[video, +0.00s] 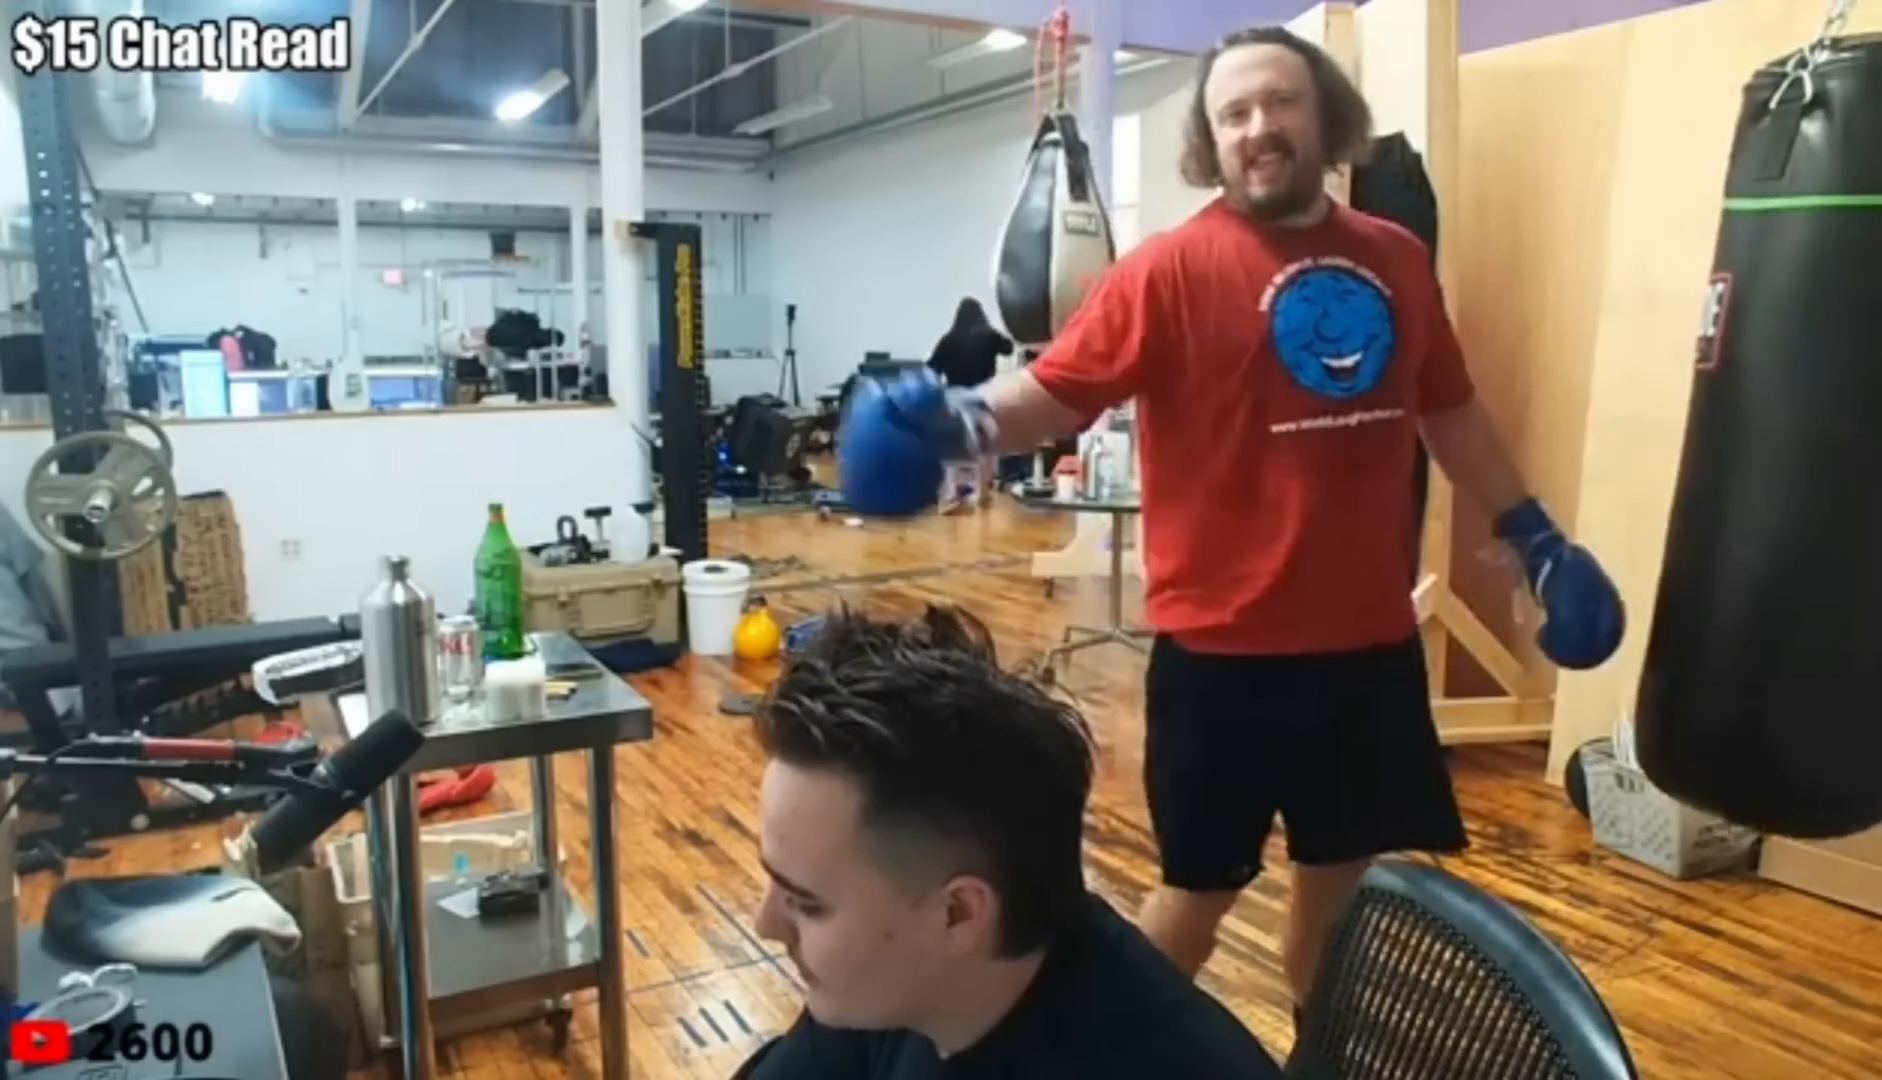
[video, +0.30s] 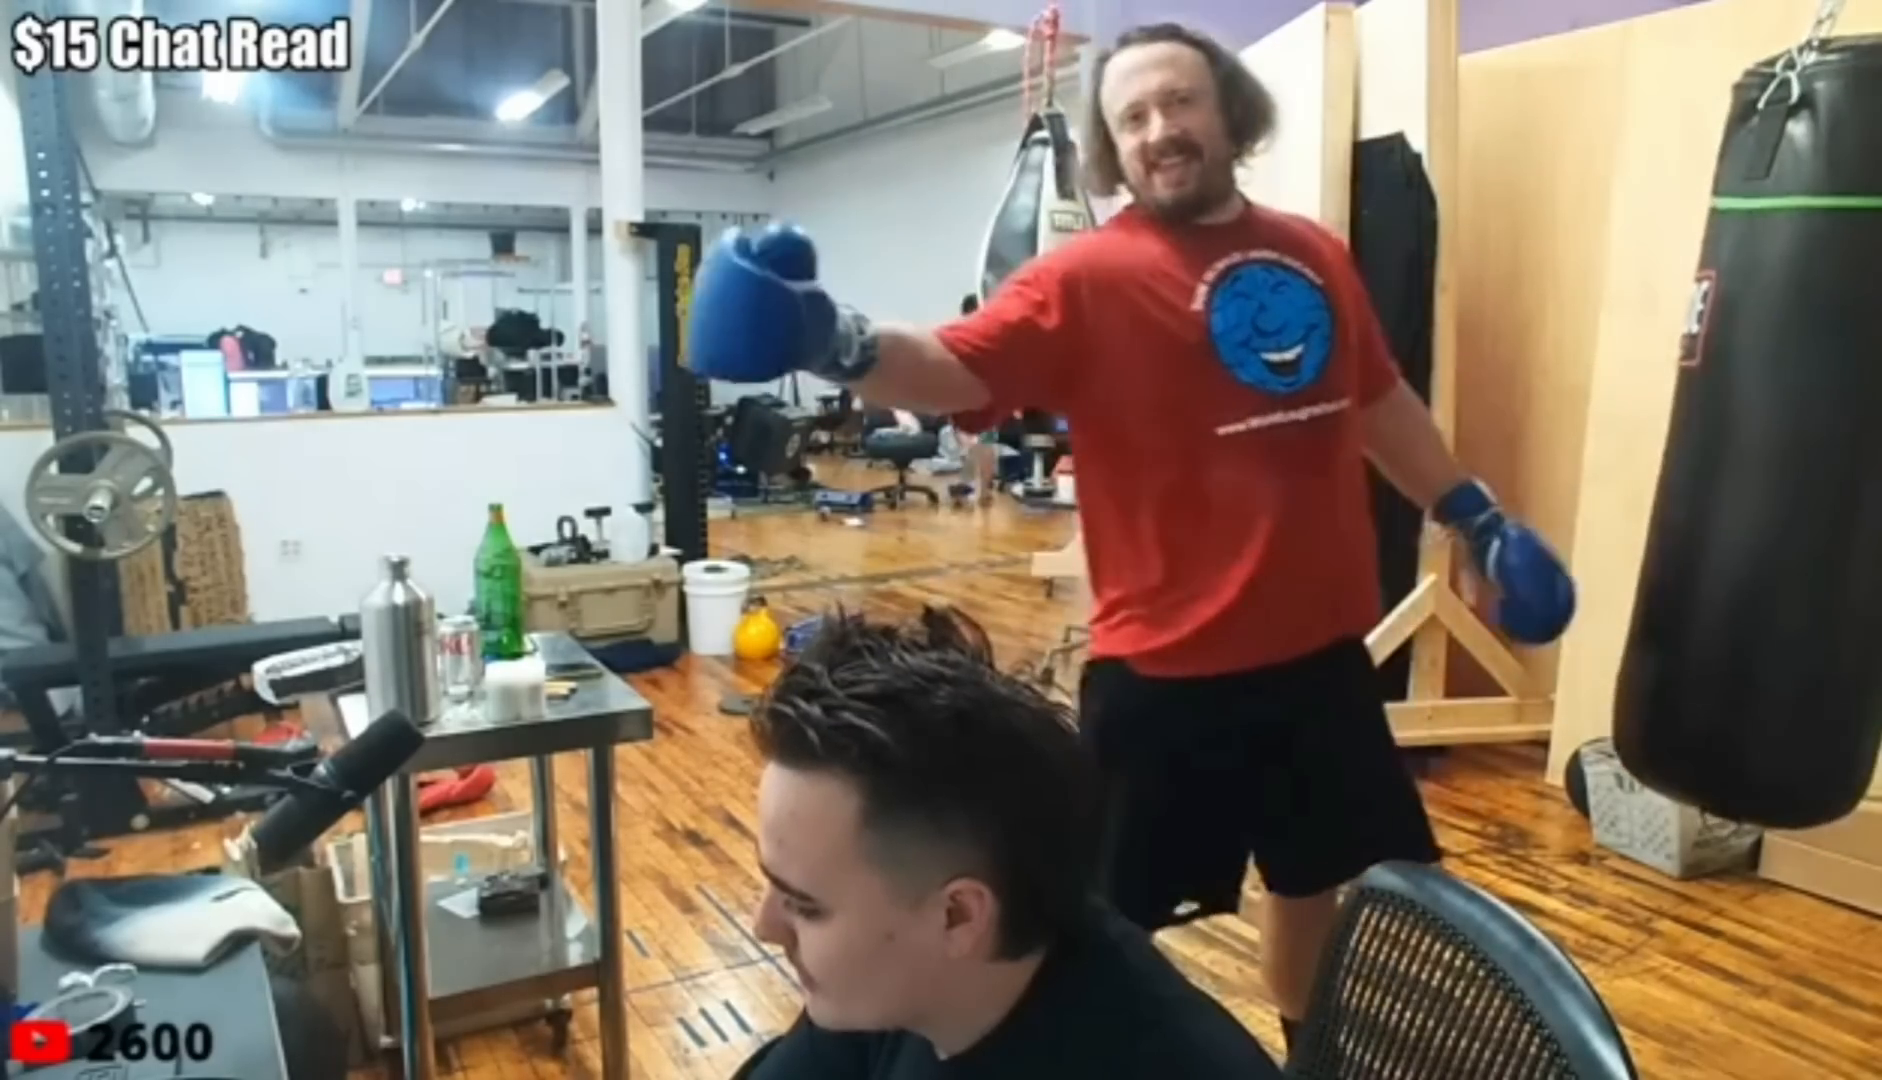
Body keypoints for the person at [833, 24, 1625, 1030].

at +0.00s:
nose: (1257, 128)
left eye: (1280, 102)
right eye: (1233, 112)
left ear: (1331, 122)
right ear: (1208, 140)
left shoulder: (1394, 259)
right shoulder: (1167, 271)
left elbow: (1450, 414)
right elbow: (1060, 389)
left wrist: (1540, 543)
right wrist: (957, 422)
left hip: (1362, 645)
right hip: (1214, 650)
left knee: (1339, 877)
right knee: (1198, 890)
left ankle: (1321, 1057)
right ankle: (1113, 1056)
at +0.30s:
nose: (1157, 130)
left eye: (1178, 104)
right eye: (1133, 118)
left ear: (1234, 117)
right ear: (1111, 149)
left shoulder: (1312, 252)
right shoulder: (1085, 277)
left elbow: (1380, 402)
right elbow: (962, 373)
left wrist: (1480, 521)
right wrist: (834, 341)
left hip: (1317, 657)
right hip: (1158, 676)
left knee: (1320, 889)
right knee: (1109, 925)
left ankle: (1313, 1062)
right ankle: (1096, 1077)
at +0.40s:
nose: (1114, 129)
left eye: (1136, 99)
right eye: (1088, 115)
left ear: (1192, 111)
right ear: (1065, 147)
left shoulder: (1269, 254)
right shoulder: (1039, 279)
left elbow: (1336, 405)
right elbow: (910, 379)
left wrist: (1428, 536)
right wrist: (787, 348)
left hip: (1281, 658)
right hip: (1118, 676)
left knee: (1306, 892)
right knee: (1103, 930)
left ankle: (1315, 1057)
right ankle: (1095, 1078)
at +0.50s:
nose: (1087, 124)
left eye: (1107, 94)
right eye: (1059, 110)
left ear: (1159, 106)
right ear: (1032, 142)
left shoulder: (1235, 248)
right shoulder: (1003, 281)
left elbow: (1294, 403)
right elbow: (878, 388)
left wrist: (1383, 533)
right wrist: (760, 365)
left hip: (1247, 661)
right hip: (1087, 682)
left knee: (1290, 899)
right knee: (1082, 945)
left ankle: (1311, 1054)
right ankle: (1071, 1075)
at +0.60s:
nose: (1052, 115)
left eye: (1073, 85)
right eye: (1024, 100)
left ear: (1128, 98)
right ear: (998, 131)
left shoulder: (1203, 239)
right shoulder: (966, 277)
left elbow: (1258, 395)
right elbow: (841, 390)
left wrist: (1349, 531)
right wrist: (727, 360)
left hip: (1221, 651)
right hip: (1060, 679)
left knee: (1271, 881)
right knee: (1044, 937)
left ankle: (1294, 1062)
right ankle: (1033, 1079)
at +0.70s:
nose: (1038, 110)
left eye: (1059, 80)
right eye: (1009, 94)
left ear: (1112, 94)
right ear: (981, 126)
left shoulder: (1188, 230)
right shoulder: (945, 273)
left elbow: (1245, 383)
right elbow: (821, 385)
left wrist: (1337, 512)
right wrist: (711, 343)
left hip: (1210, 637)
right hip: (1052, 670)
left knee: (1261, 856)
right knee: (1048, 922)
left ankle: (1268, 1055)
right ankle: (1040, 1072)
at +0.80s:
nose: (1028, 107)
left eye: (1048, 76)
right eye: (998, 91)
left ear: (1101, 89)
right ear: (971, 121)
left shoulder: (1177, 227)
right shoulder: (936, 262)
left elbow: (1242, 377)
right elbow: (811, 374)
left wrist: (1346, 502)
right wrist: (714, 340)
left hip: (1197, 628)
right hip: (1038, 663)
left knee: (1249, 839)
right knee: (1051, 912)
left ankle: (1233, 1036)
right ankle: (1055, 1065)